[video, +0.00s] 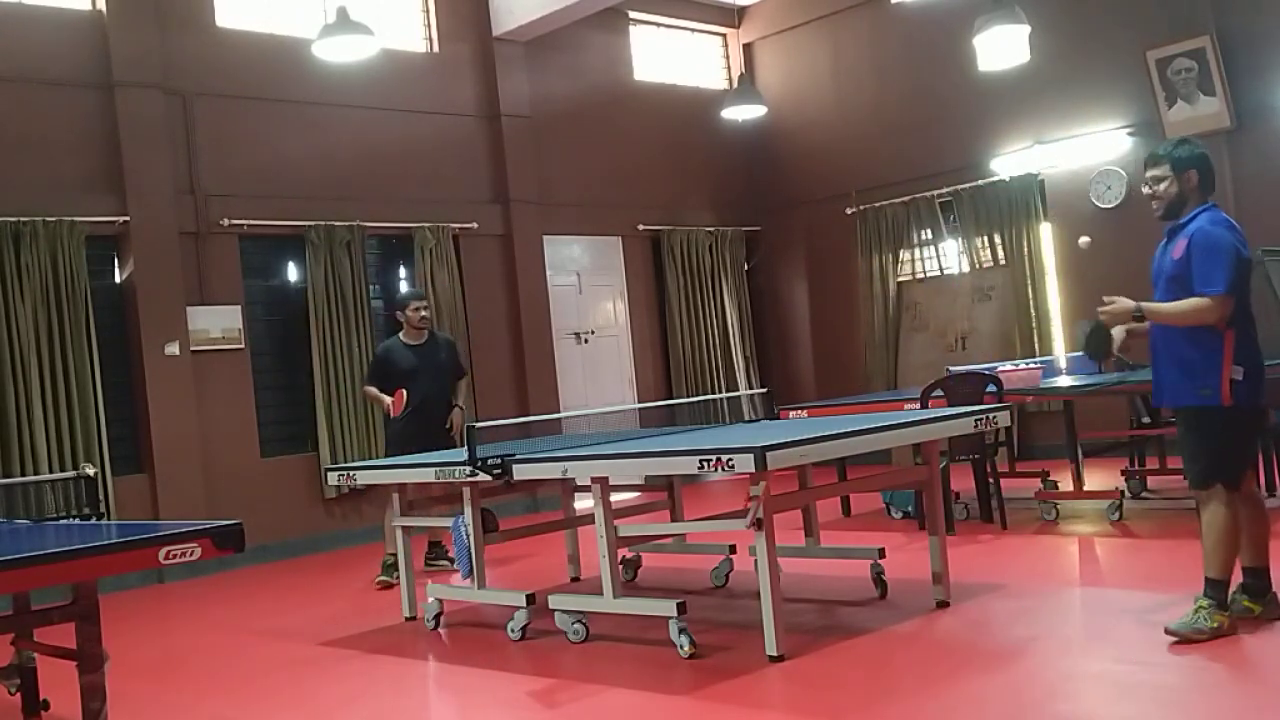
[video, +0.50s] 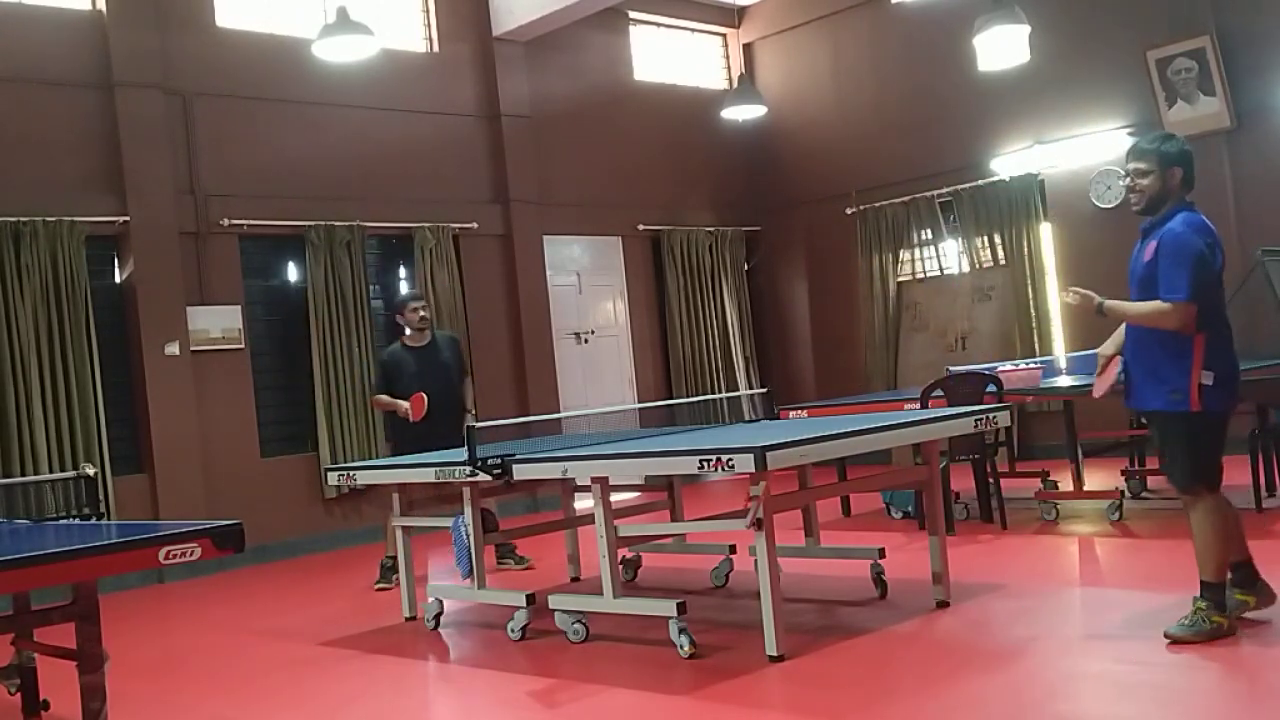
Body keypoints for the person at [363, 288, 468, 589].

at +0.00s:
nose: (423, 314)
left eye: (426, 309)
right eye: (417, 310)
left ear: (431, 312)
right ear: (402, 315)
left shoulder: (445, 344)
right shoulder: (387, 350)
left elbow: (459, 379)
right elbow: (369, 387)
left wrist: (458, 407)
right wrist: (383, 398)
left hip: (439, 435)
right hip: (402, 438)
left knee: (440, 494)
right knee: (398, 499)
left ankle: (435, 549)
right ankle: (391, 561)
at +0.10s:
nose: (415, 315)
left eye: (418, 310)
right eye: (408, 311)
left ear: (422, 312)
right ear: (393, 316)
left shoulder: (435, 344)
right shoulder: (380, 354)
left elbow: (451, 380)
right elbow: (363, 393)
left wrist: (454, 406)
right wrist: (380, 399)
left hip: (437, 435)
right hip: (400, 439)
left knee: (442, 493)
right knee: (394, 500)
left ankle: (438, 547)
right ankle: (389, 562)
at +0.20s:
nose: (409, 314)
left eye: (411, 308)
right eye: (401, 310)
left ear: (414, 312)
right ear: (386, 316)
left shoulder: (431, 341)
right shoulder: (376, 356)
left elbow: (446, 376)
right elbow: (361, 397)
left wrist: (452, 402)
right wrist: (383, 400)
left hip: (438, 434)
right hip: (400, 440)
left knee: (456, 488)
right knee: (393, 501)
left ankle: (455, 533)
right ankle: (389, 562)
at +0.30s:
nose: (409, 312)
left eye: (411, 307)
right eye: (401, 308)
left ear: (416, 311)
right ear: (386, 315)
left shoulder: (430, 341)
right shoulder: (376, 355)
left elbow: (445, 375)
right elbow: (362, 397)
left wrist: (452, 401)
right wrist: (386, 400)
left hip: (438, 435)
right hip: (398, 442)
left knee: (462, 490)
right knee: (394, 500)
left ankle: (477, 545)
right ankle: (389, 562)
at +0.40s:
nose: (414, 312)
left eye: (415, 307)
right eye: (407, 309)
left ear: (419, 311)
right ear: (392, 316)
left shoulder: (436, 341)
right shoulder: (381, 356)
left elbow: (451, 375)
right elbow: (367, 398)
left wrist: (457, 405)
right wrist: (390, 402)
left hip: (443, 436)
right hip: (403, 443)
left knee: (472, 488)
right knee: (397, 501)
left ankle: (496, 544)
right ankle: (389, 563)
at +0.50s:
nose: (423, 314)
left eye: (425, 309)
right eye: (415, 311)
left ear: (430, 312)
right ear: (402, 318)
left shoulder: (450, 343)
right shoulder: (390, 357)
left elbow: (465, 380)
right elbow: (378, 398)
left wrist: (469, 412)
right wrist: (398, 405)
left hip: (452, 437)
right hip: (410, 444)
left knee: (478, 494)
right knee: (401, 502)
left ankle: (503, 549)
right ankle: (390, 562)